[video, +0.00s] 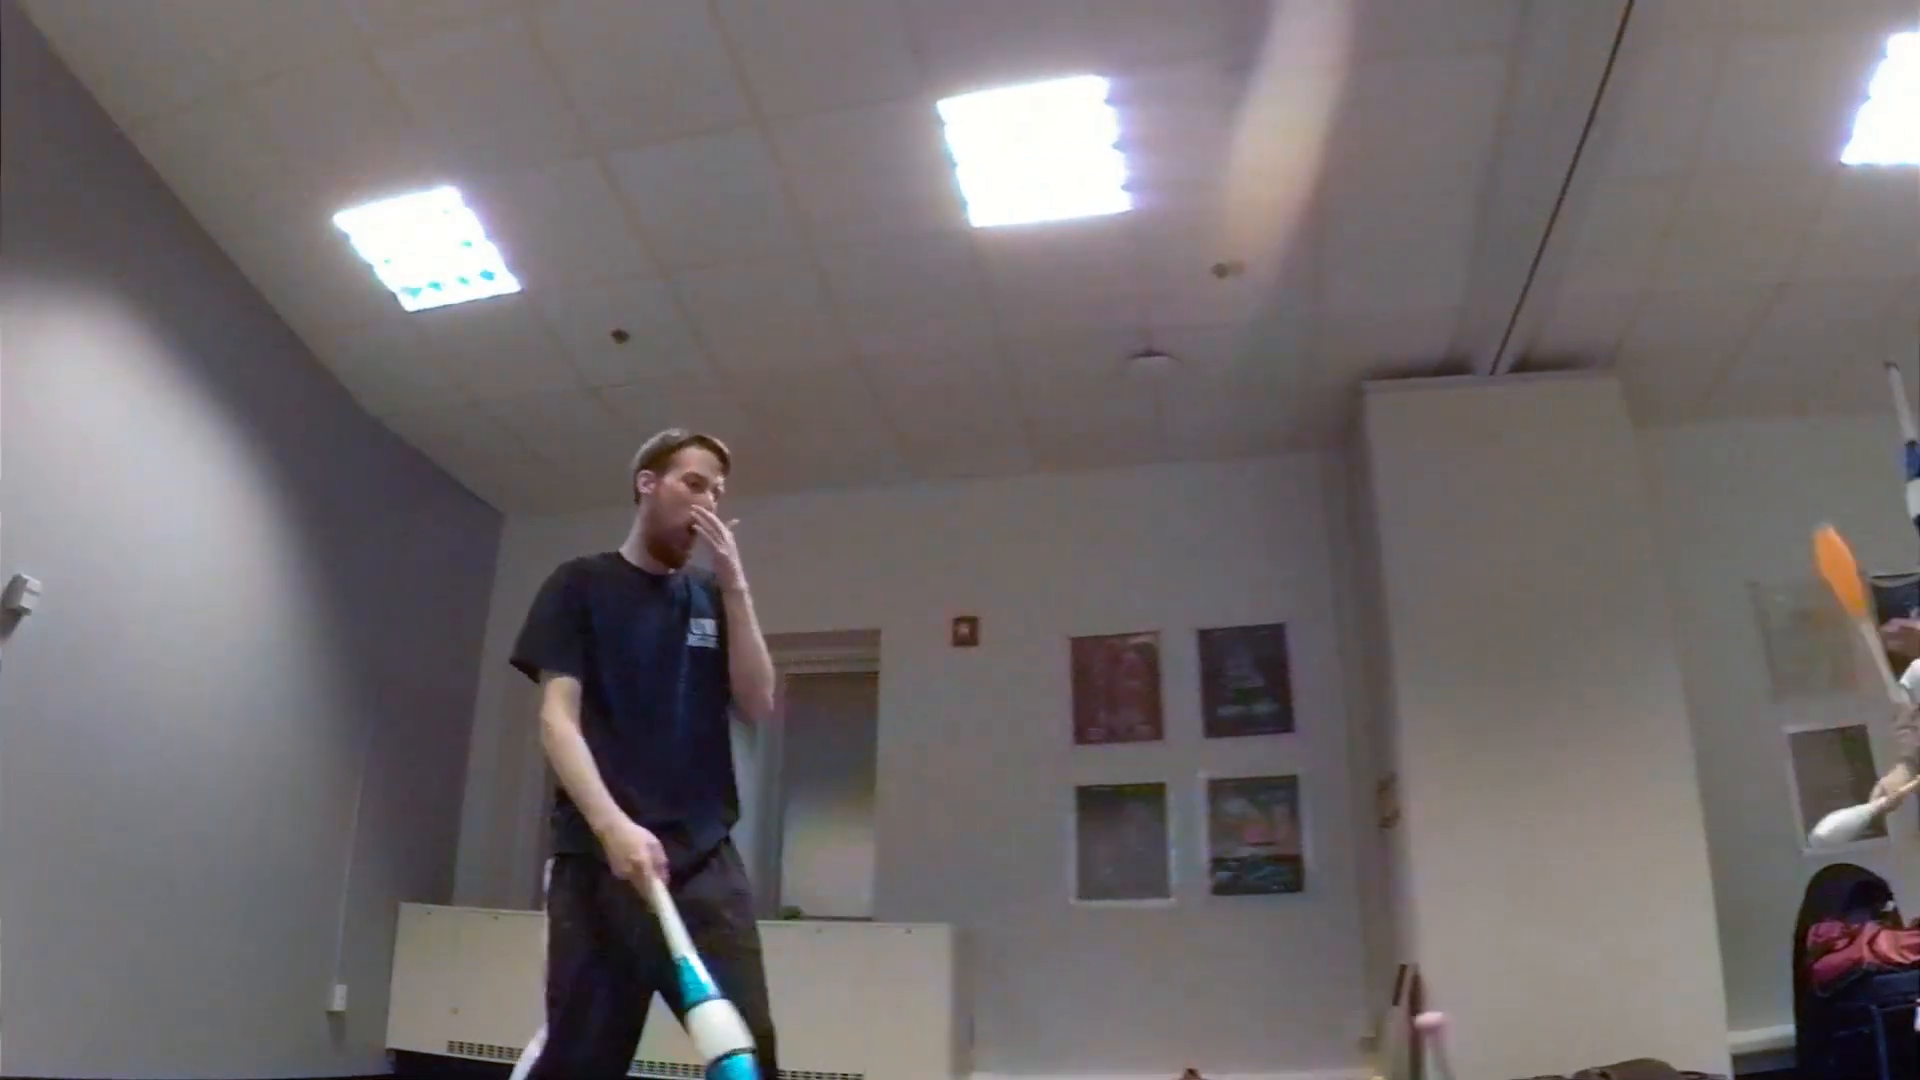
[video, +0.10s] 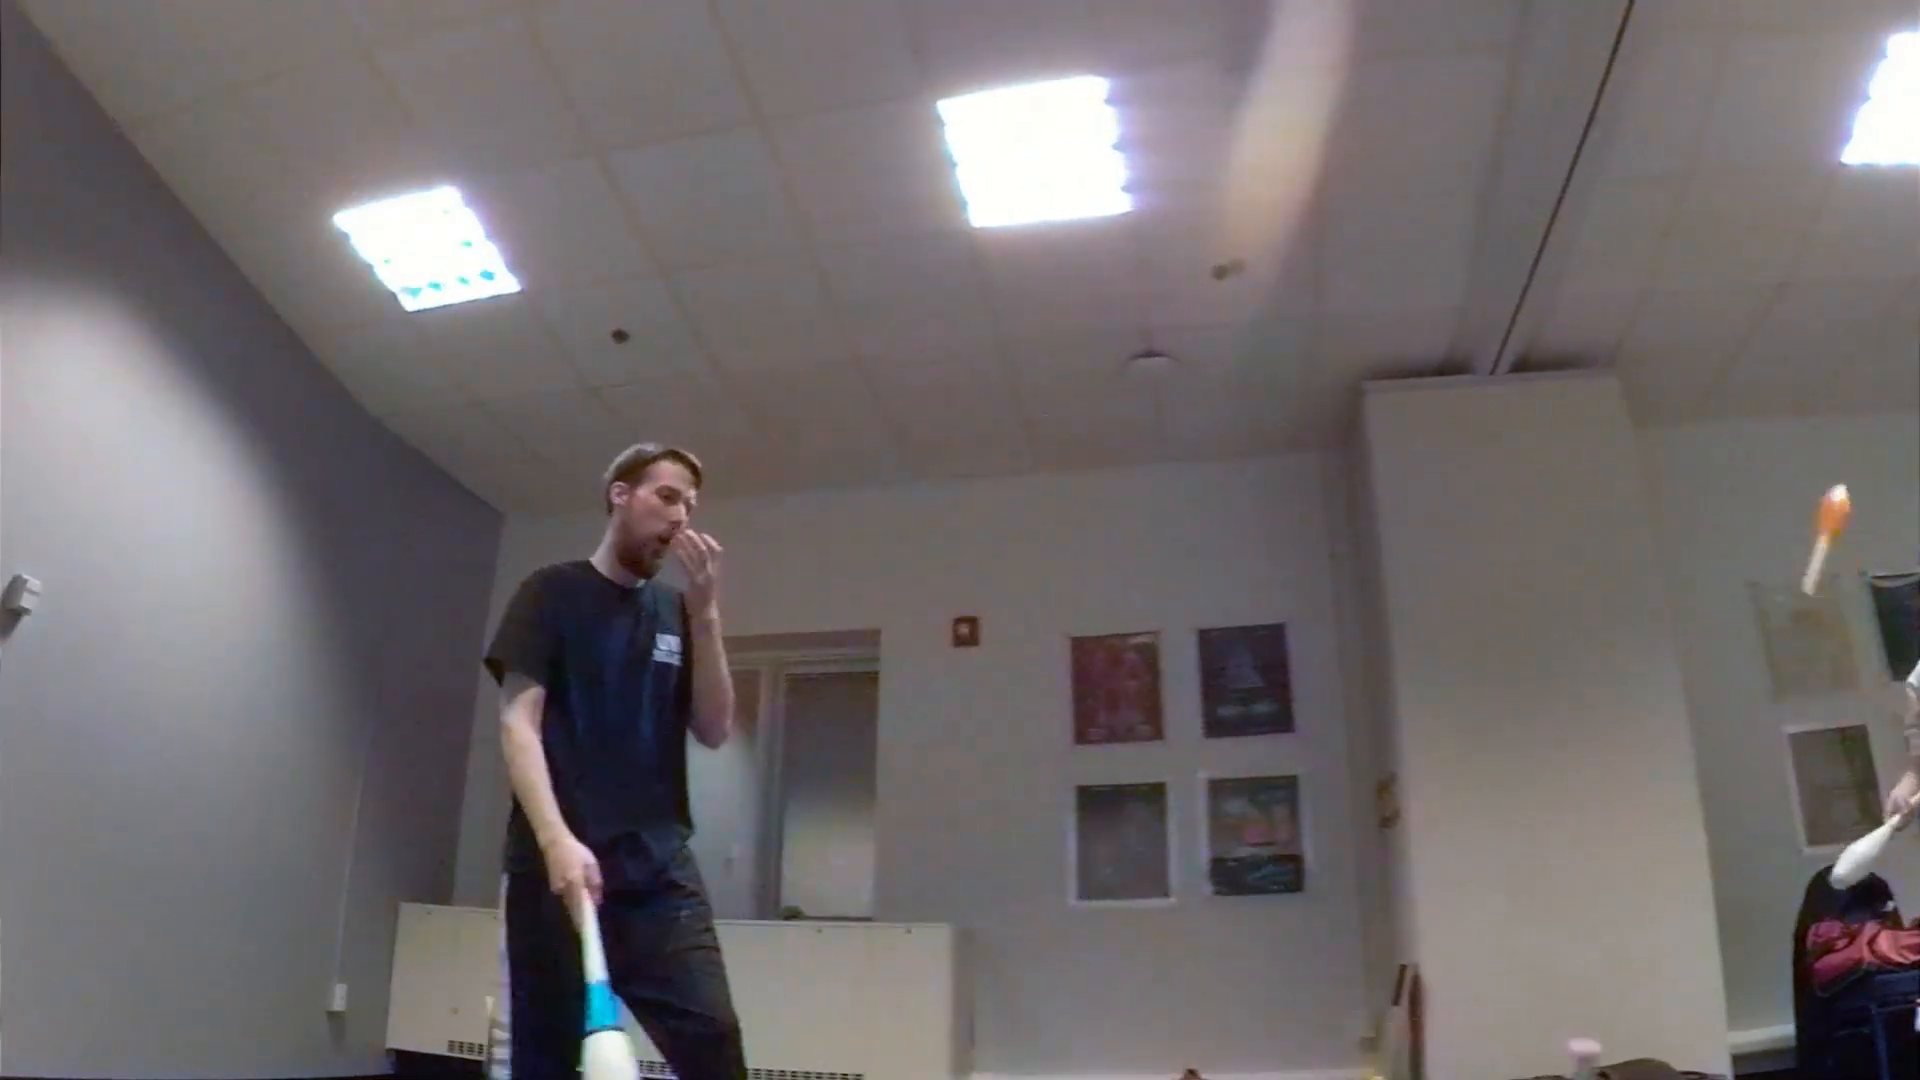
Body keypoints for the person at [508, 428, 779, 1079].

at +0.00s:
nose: (707, 501)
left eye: (716, 491)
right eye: (693, 483)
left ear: (720, 507)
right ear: (646, 485)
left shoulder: (715, 599)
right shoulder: (581, 583)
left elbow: (759, 705)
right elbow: (556, 721)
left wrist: (733, 582)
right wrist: (614, 828)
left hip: (706, 866)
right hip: (601, 865)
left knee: (748, 1051)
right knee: (584, 1057)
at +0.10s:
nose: (680, 518)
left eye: (688, 507)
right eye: (667, 497)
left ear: (691, 523)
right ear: (619, 495)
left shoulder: (677, 610)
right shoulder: (550, 592)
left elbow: (713, 729)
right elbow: (518, 725)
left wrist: (704, 610)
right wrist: (556, 842)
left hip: (657, 866)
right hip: (556, 863)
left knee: (712, 1044)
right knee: (547, 1059)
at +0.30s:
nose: (645, 513)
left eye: (654, 503)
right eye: (633, 494)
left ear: (654, 518)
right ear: (586, 490)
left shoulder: (634, 607)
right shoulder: (513, 579)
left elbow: (652, 726)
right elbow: (473, 707)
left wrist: (679, 666)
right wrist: (471, 831)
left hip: (602, 846)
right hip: (514, 846)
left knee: (657, 1003)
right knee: (515, 1032)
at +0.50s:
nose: (645, 518)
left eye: (653, 509)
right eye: (635, 499)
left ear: (653, 521)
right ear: (590, 489)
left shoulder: (621, 606)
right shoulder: (513, 568)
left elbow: (631, 721)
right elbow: (460, 687)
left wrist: (680, 667)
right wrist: (435, 809)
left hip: (575, 839)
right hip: (491, 832)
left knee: (585, 1020)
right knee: (485, 1015)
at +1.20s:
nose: (609, 553)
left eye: (615, 542)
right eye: (606, 533)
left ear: (581, 525)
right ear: (564, 511)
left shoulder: (553, 619)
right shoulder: (487, 566)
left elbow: (542, 734)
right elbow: (434, 685)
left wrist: (611, 702)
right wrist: (457, 806)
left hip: (513, 840)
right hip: (446, 826)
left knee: (517, 1023)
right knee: (415, 1019)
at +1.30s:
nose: (599, 562)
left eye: (605, 550)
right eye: (601, 544)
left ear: (566, 523)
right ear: (575, 522)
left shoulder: (528, 609)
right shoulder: (488, 569)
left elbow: (500, 731)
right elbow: (429, 693)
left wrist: (579, 724)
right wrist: (454, 824)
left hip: (479, 841)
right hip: (419, 832)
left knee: (496, 1023)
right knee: (393, 1025)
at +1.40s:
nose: (588, 575)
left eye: (597, 563)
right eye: (596, 559)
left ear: (553, 524)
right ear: (581, 535)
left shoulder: (505, 589)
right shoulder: (491, 574)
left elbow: (453, 716)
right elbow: (432, 694)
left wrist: (522, 762)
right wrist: (450, 831)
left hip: (436, 826)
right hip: (403, 822)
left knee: (458, 1008)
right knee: (380, 1013)